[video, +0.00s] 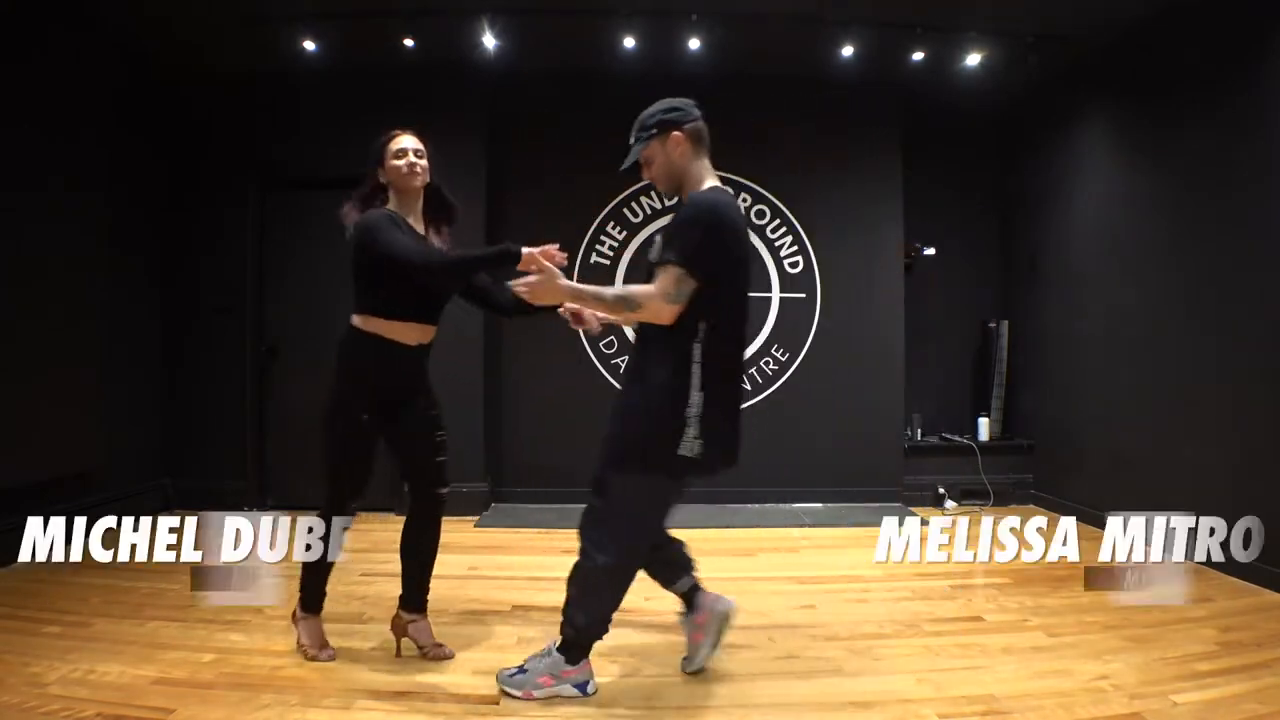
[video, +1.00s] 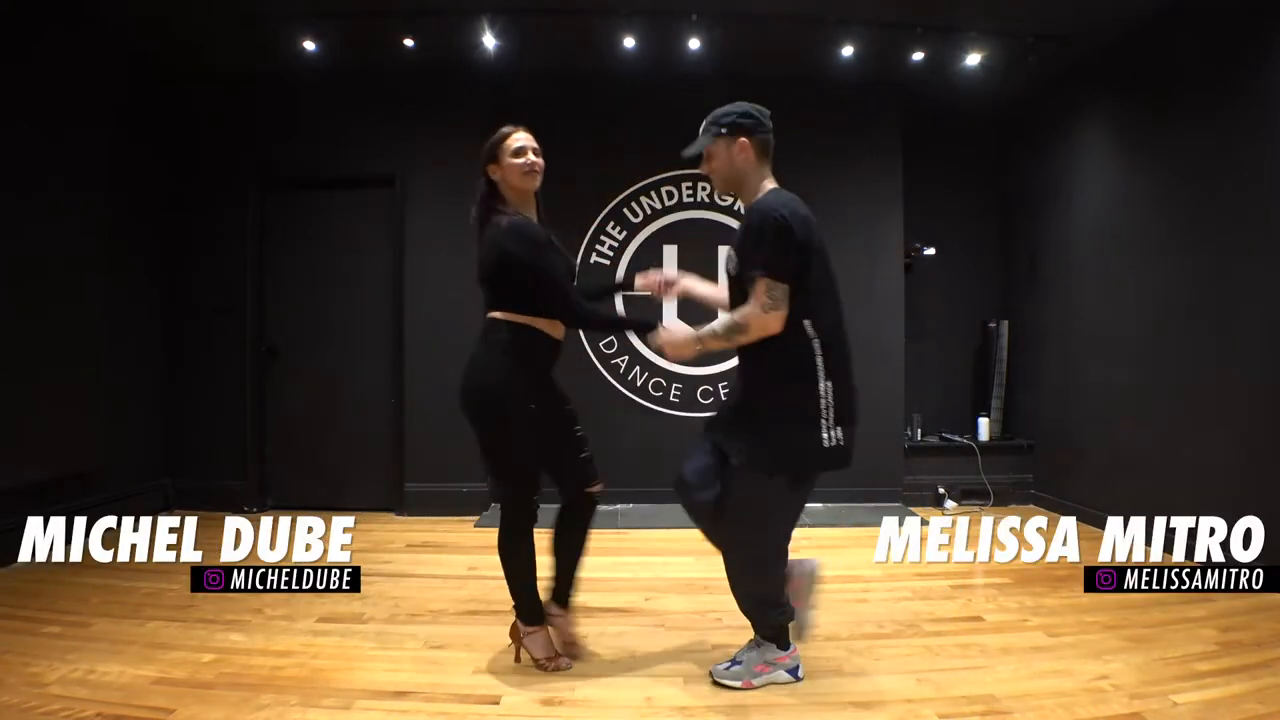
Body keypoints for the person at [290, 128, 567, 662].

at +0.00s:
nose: (412, 161)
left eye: (419, 155)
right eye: (400, 155)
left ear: (430, 172)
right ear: (381, 173)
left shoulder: (438, 242)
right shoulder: (372, 225)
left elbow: (497, 298)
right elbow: (433, 269)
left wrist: (558, 300)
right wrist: (517, 255)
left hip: (411, 372)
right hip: (362, 367)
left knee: (430, 492)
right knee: (343, 491)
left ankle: (412, 612)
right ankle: (309, 612)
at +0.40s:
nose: (429, 169)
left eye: (434, 162)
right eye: (415, 163)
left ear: (442, 178)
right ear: (393, 181)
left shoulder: (430, 240)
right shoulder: (396, 236)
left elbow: (466, 290)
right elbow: (435, 307)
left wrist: (520, 276)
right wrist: (517, 304)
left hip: (426, 379)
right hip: (384, 377)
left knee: (452, 492)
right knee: (372, 497)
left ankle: (417, 601)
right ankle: (315, 607)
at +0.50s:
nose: (448, 162)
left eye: (453, 155)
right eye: (435, 156)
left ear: (460, 169)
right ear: (413, 174)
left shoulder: (447, 233)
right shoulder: (418, 226)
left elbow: (491, 306)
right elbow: (454, 284)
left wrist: (531, 286)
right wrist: (530, 272)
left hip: (441, 368)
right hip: (414, 367)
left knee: (451, 486)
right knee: (446, 484)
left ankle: (418, 598)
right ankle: (394, 595)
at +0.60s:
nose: (463, 161)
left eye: (468, 154)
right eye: (450, 154)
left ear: (476, 167)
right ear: (428, 171)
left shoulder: (469, 230)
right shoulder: (432, 221)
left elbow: (489, 310)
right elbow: (473, 256)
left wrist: (536, 299)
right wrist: (550, 228)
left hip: (451, 365)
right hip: (431, 364)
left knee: (428, 486)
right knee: (492, 476)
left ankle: (416, 599)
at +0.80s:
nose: (499, 159)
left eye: (504, 152)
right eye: (486, 152)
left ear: (511, 165)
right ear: (462, 168)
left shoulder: (506, 226)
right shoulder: (472, 221)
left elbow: (532, 313)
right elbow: (528, 244)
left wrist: (593, 346)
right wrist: (592, 205)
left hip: (494, 368)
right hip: (481, 369)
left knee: (488, 486)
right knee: (529, 490)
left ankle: (433, 593)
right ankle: (534, 620)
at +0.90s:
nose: (513, 158)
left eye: (518, 152)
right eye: (500, 152)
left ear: (524, 167)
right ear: (475, 169)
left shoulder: (518, 230)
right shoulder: (489, 223)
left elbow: (551, 312)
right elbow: (549, 270)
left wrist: (619, 337)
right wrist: (618, 255)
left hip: (512, 368)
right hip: (489, 367)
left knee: (536, 491)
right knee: (522, 494)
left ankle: (467, 582)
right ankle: (531, 622)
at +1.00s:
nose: (532, 159)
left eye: (536, 152)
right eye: (518, 153)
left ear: (542, 166)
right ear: (494, 172)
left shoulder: (535, 229)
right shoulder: (510, 233)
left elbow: (572, 292)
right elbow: (572, 313)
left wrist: (630, 282)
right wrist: (645, 326)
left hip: (532, 374)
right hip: (502, 374)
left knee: (582, 488)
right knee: (519, 499)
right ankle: (529, 624)